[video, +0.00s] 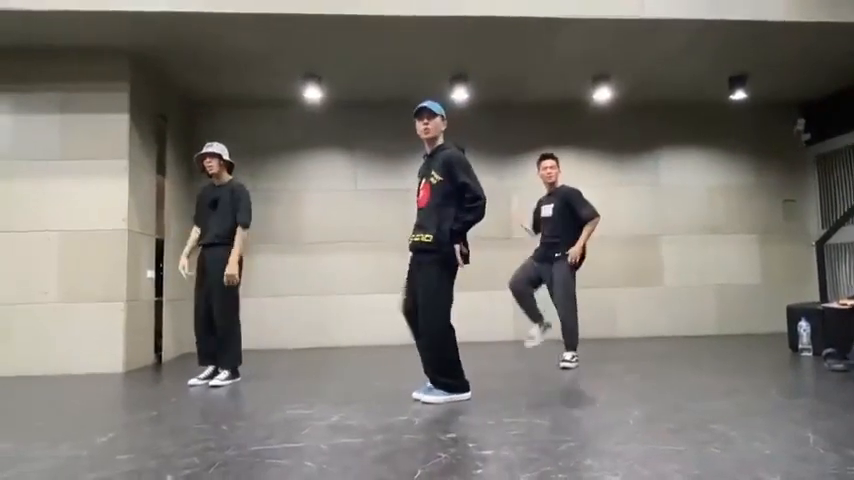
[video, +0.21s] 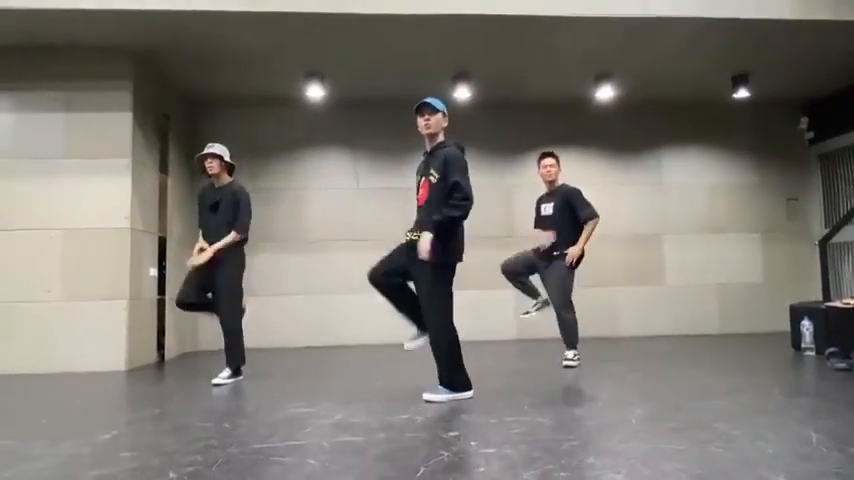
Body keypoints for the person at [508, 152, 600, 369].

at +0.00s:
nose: (549, 172)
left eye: (552, 167)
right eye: (545, 168)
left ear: (559, 170)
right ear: (539, 173)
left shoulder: (570, 194)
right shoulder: (542, 202)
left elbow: (593, 218)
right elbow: (539, 231)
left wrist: (579, 246)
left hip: (562, 258)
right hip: (541, 257)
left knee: (565, 305)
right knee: (517, 284)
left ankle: (570, 352)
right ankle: (540, 324)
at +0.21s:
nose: (549, 170)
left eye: (553, 166)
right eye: (545, 167)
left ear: (559, 169)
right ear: (539, 172)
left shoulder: (569, 193)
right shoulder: (541, 201)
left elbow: (592, 219)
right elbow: (542, 229)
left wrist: (579, 247)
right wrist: (542, 244)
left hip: (562, 256)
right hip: (541, 253)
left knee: (561, 303)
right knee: (509, 268)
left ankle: (571, 350)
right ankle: (540, 299)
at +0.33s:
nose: (546, 168)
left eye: (550, 164)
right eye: (542, 165)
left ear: (556, 168)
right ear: (536, 170)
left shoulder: (568, 192)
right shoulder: (537, 199)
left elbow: (592, 216)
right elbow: (533, 226)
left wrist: (579, 245)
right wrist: (551, 213)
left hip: (563, 254)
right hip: (540, 254)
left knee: (564, 301)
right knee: (514, 288)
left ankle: (573, 349)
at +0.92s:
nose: (515, 175)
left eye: (519, 171)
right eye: (511, 172)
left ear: (526, 173)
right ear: (506, 178)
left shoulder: (543, 196)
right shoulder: (509, 203)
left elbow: (561, 225)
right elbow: (507, 233)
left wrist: (553, 250)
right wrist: (519, 222)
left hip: (539, 256)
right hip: (517, 259)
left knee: (544, 301)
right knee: (507, 301)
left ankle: (574, 343)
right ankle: (513, 347)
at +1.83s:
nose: (541, 163)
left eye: (545, 160)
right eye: (537, 160)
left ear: (551, 164)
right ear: (532, 164)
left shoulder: (566, 185)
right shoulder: (530, 191)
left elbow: (587, 210)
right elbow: (529, 223)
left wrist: (581, 238)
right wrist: (537, 211)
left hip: (567, 248)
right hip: (542, 250)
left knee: (570, 292)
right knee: (533, 293)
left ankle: (580, 340)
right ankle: (525, 337)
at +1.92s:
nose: (544, 161)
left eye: (548, 158)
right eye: (541, 157)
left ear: (555, 162)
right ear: (536, 162)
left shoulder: (568, 182)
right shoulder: (533, 190)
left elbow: (588, 208)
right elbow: (532, 221)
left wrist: (581, 236)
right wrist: (539, 206)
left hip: (568, 246)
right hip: (544, 247)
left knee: (574, 292)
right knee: (529, 286)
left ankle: (580, 340)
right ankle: (543, 322)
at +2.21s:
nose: (547, 166)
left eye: (551, 163)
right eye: (543, 162)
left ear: (557, 167)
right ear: (538, 166)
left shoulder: (569, 190)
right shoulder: (536, 195)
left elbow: (590, 217)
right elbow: (536, 227)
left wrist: (578, 244)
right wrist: (538, 214)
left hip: (565, 250)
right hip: (543, 250)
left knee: (565, 294)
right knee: (528, 290)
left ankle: (581, 341)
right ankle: (520, 336)